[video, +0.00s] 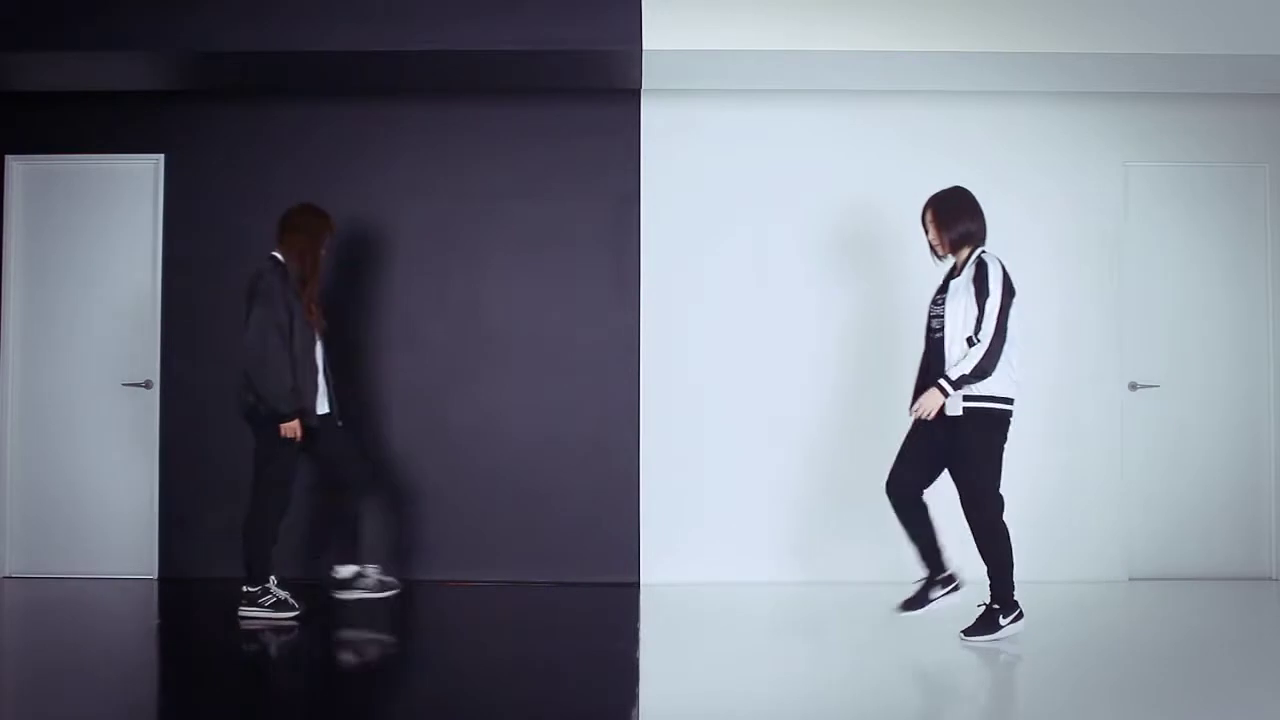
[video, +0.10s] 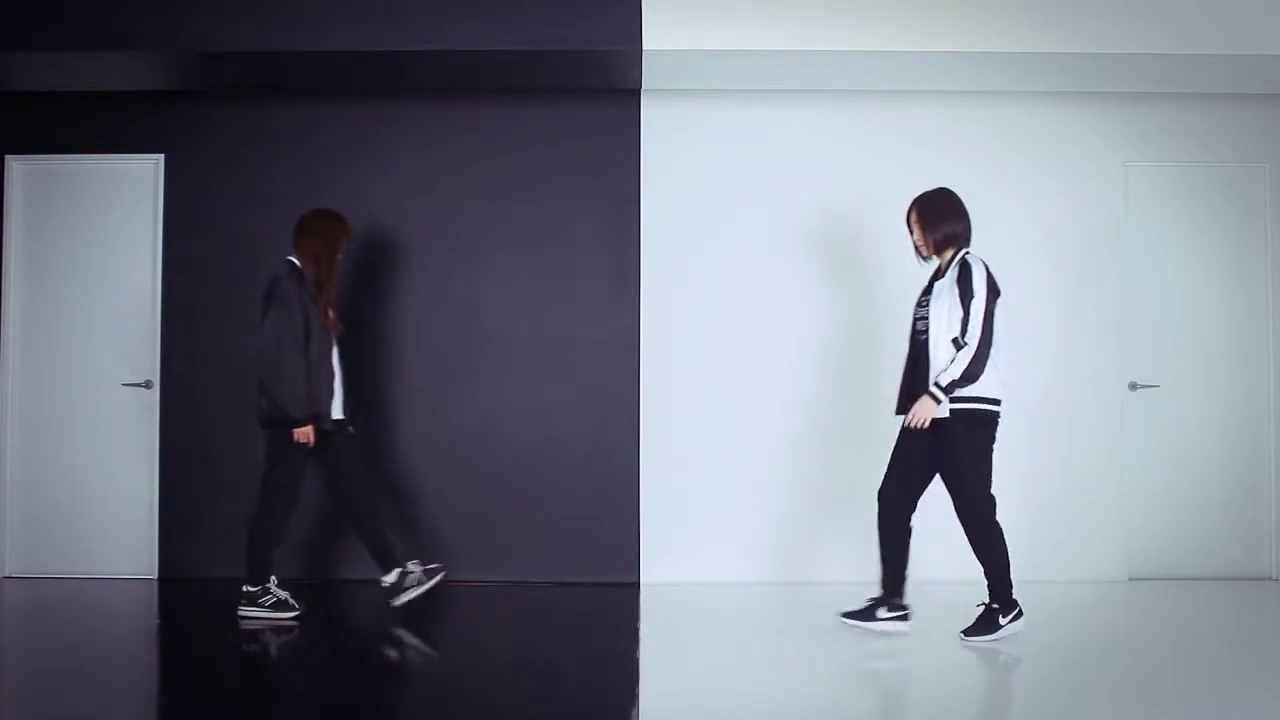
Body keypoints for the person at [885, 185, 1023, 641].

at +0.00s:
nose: (929, 239)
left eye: (933, 228)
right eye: (926, 230)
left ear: (957, 225)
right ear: (950, 230)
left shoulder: (989, 268)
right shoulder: (952, 277)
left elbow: (988, 345)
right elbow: (943, 347)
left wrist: (943, 389)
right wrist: (928, 395)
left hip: (982, 410)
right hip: (944, 407)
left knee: (981, 506)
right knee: (902, 487)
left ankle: (1005, 602)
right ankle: (938, 574)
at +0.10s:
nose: (913, 238)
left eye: (918, 228)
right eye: (911, 229)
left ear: (940, 225)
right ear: (933, 229)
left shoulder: (972, 269)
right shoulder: (936, 278)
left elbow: (975, 347)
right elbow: (935, 347)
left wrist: (935, 395)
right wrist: (918, 399)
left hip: (967, 413)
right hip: (928, 413)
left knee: (975, 508)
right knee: (893, 500)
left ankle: (1004, 602)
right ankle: (891, 601)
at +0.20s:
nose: (897, 241)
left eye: (901, 232)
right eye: (895, 233)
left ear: (923, 231)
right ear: (925, 231)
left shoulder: (954, 275)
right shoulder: (920, 282)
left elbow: (958, 352)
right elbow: (918, 353)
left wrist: (931, 413)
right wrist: (909, 413)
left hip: (950, 421)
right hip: (913, 419)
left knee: (967, 514)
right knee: (886, 514)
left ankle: (1003, 602)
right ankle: (857, 608)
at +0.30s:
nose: (878, 245)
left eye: (883, 236)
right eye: (877, 237)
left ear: (906, 235)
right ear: (900, 239)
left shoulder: (935, 283)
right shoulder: (900, 289)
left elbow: (939, 357)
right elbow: (898, 361)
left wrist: (929, 428)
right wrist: (882, 422)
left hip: (925, 430)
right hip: (889, 430)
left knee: (955, 521)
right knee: (872, 526)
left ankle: (999, 600)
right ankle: (843, 618)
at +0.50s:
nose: (835, 233)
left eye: (839, 224)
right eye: (835, 225)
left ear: (861, 225)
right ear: (863, 225)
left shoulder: (891, 274)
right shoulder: (852, 282)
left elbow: (910, 346)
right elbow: (847, 352)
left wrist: (907, 414)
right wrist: (828, 411)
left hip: (877, 421)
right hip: (839, 421)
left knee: (896, 513)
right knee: (838, 518)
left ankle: (964, 585)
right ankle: (837, 619)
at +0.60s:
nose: (818, 229)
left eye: (823, 221)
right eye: (818, 221)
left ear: (845, 222)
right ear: (844, 222)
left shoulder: (875, 272)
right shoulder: (831, 282)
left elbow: (899, 346)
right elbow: (817, 353)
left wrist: (889, 411)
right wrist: (801, 409)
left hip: (857, 415)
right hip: (822, 416)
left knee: (853, 514)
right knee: (828, 519)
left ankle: (932, 577)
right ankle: (836, 620)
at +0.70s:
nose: (804, 230)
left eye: (809, 221)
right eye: (804, 220)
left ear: (831, 222)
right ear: (833, 224)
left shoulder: (863, 272)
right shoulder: (817, 282)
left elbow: (881, 346)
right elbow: (801, 349)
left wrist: (868, 414)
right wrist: (778, 401)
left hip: (841, 415)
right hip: (812, 413)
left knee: (810, 511)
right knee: (823, 514)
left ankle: (885, 567)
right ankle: (834, 619)